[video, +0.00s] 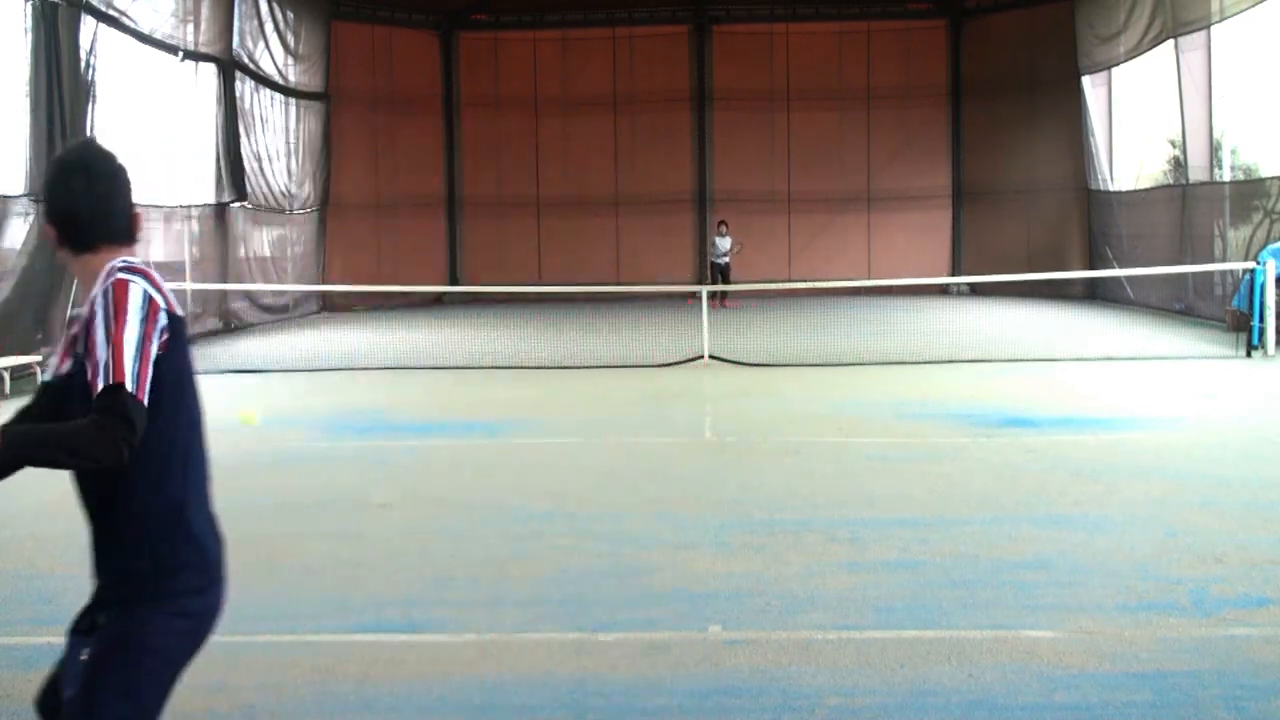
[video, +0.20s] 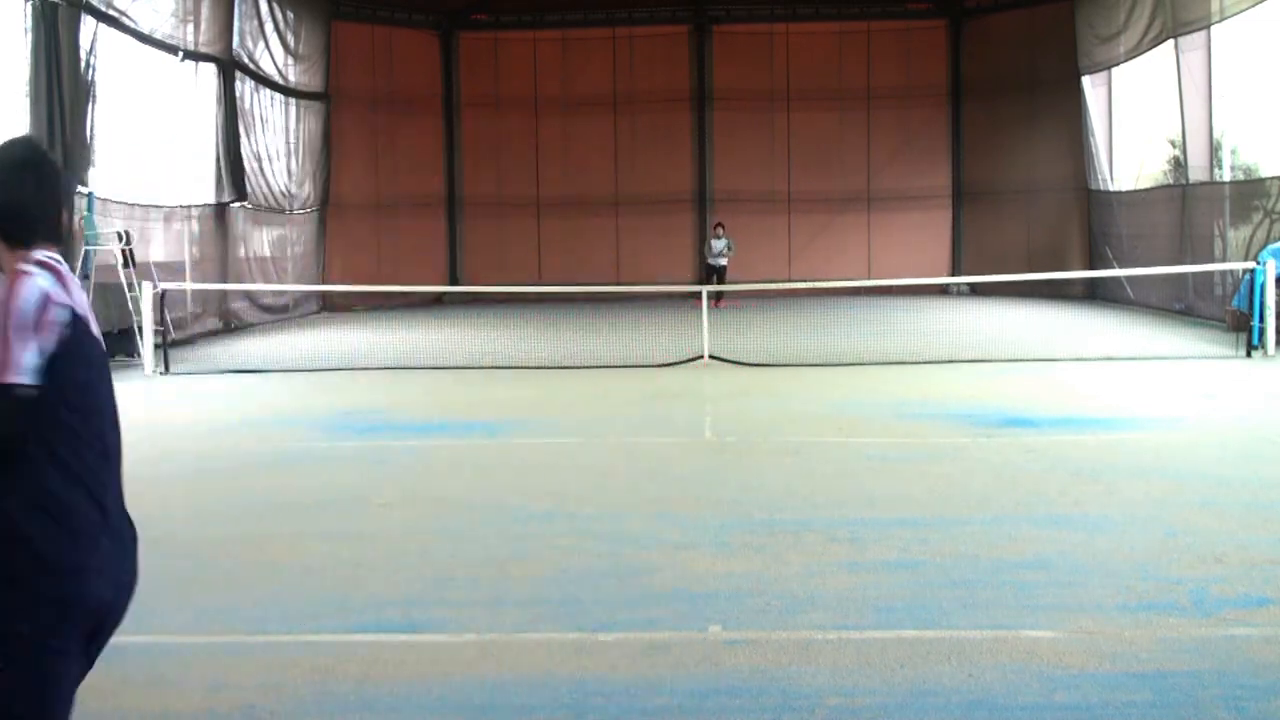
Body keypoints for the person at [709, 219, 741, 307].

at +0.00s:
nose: (722, 230)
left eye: (724, 227)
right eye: (721, 227)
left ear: (727, 229)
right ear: (718, 229)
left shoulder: (729, 239)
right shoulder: (715, 239)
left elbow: (730, 251)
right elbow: (710, 251)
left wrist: (736, 249)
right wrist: (721, 254)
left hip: (725, 263)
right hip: (715, 262)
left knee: (727, 282)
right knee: (715, 281)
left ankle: (723, 299)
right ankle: (714, 299)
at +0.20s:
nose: (719, 232)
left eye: (721, 229)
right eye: (717, 229)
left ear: (723, 231)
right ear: (715, 231)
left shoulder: (727, 241)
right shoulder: (710, 241)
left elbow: (731, 252)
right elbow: (707, 252)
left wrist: (726, 254)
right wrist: (713, 256)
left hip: (722, 264)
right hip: (711, 263)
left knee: (721, 283)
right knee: (708, 281)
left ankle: (718, 300)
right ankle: (705, 299)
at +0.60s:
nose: (708, 235)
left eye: (709, 232)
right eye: (706, 232)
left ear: (712, 234)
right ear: (704, 234)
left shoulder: (717, 243)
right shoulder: (700, 244)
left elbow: (722, 253)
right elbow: (697, 255)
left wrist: (715, 258)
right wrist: (702, 260)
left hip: (715, 266)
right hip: (704, 266)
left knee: (721, 283)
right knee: (699, 282)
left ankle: (726, 299)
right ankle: (695, 297)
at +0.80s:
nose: (705, 240)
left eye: (707, 238)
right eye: (703, 238)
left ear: (710, 239)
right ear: (701, 240)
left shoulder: (714, 248)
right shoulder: (700, 249)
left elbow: (712, 259)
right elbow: (699, 259)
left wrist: (703, 258)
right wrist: (699, 259)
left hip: (716, 270)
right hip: (705, 270)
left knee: (721, 286)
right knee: (696, 285)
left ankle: (726, 302)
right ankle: (694, 301)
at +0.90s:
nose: (703, 239)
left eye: (705, 237)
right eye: (702, 237)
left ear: (708, 238)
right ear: (700, 239)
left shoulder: (711, 246)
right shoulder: (702, 248)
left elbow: (709, 256)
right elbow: (702, 257)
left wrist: (695, 256)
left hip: (716, 268)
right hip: (707, 268)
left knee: (720, 284)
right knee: (700, 283)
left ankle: (726, 301)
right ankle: (699, 300)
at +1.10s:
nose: (699, 241)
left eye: (700, 239)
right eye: (697, 239)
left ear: (704, 239)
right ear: (696, 241)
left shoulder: (707, 247)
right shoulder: (700, 249)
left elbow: (699, 256)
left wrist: (688, 260)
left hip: (716, 268)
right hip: (707, 270)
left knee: (716, 283)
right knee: (701, 283)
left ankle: (726, 300)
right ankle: (701, 299)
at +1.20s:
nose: (698, 243)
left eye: (699, 240)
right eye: (696, 241)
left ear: (703, 241)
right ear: (695, 242)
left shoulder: (706, 249)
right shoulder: (700, 251)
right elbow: (695, 260)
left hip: (717, 269)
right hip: (708, 271)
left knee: (717, 284)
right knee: (701, 284)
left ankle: (722, 302)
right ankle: (701, 301)